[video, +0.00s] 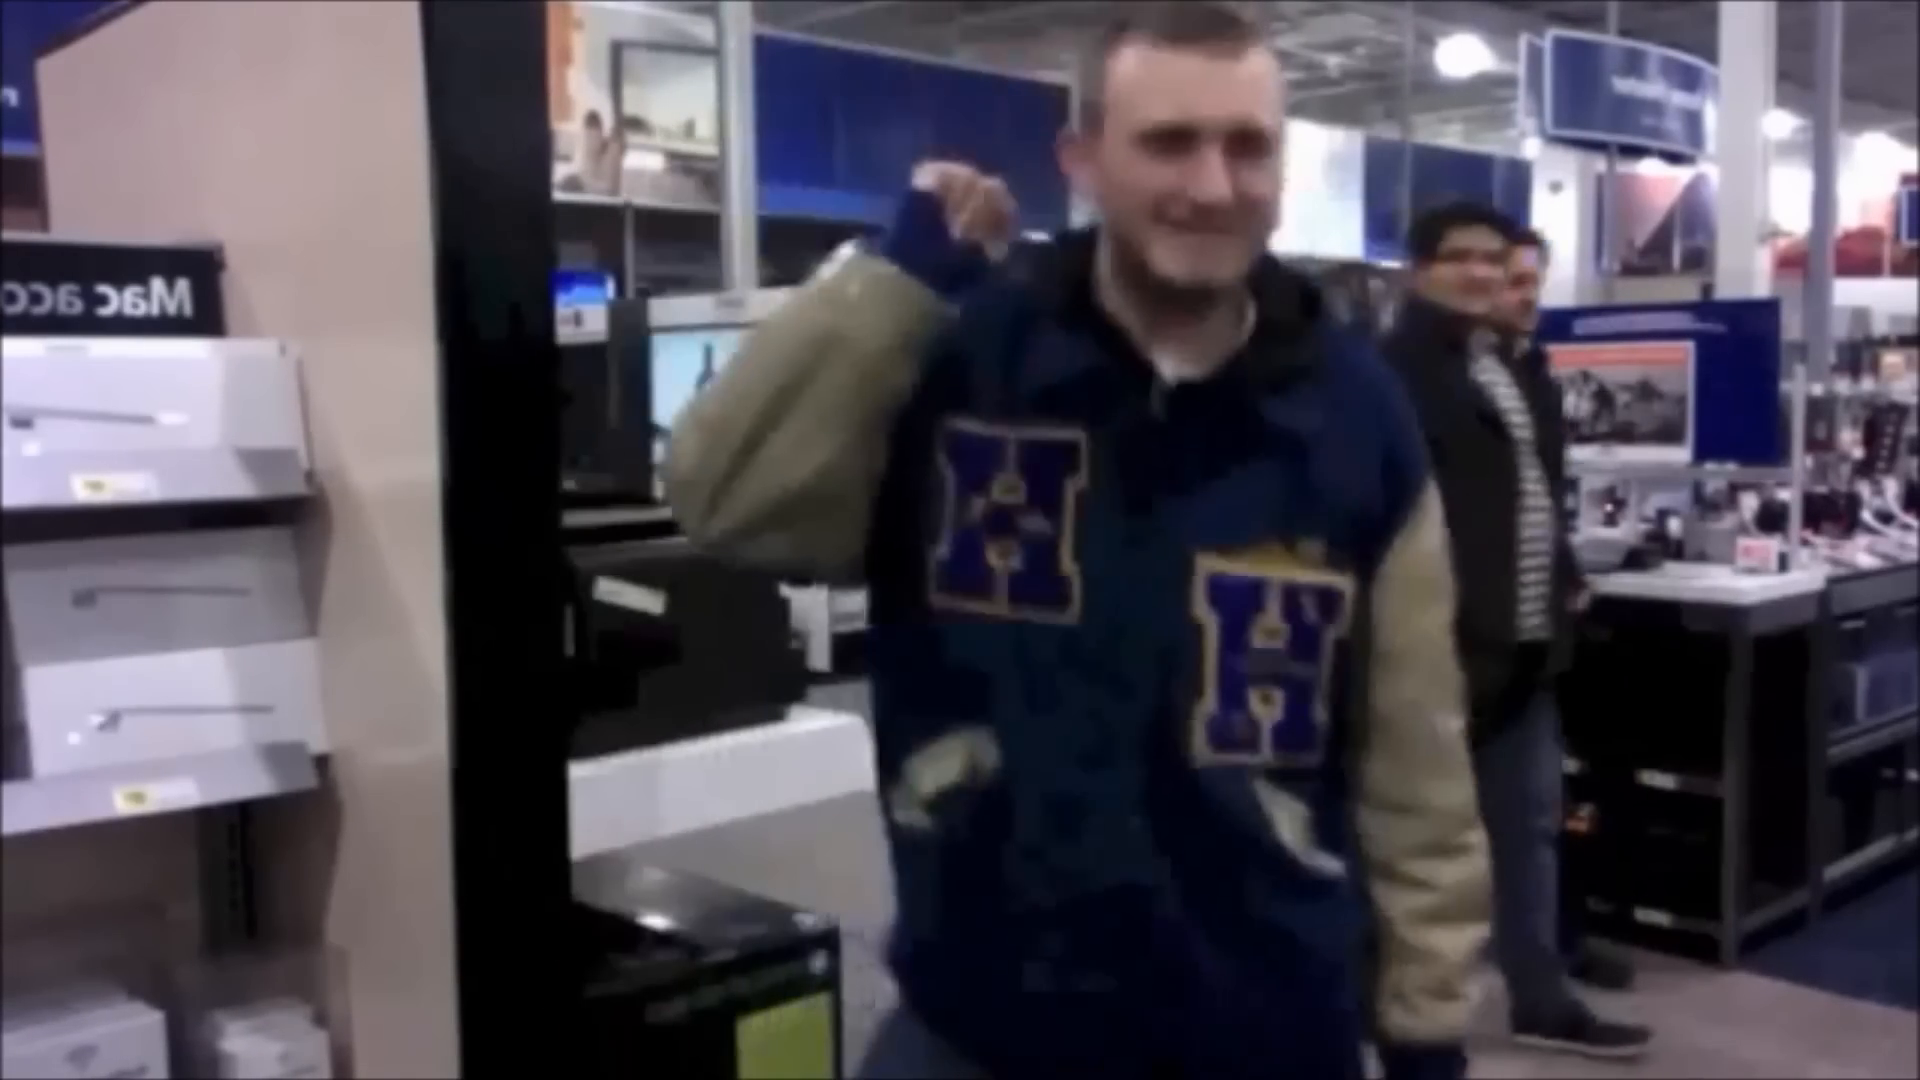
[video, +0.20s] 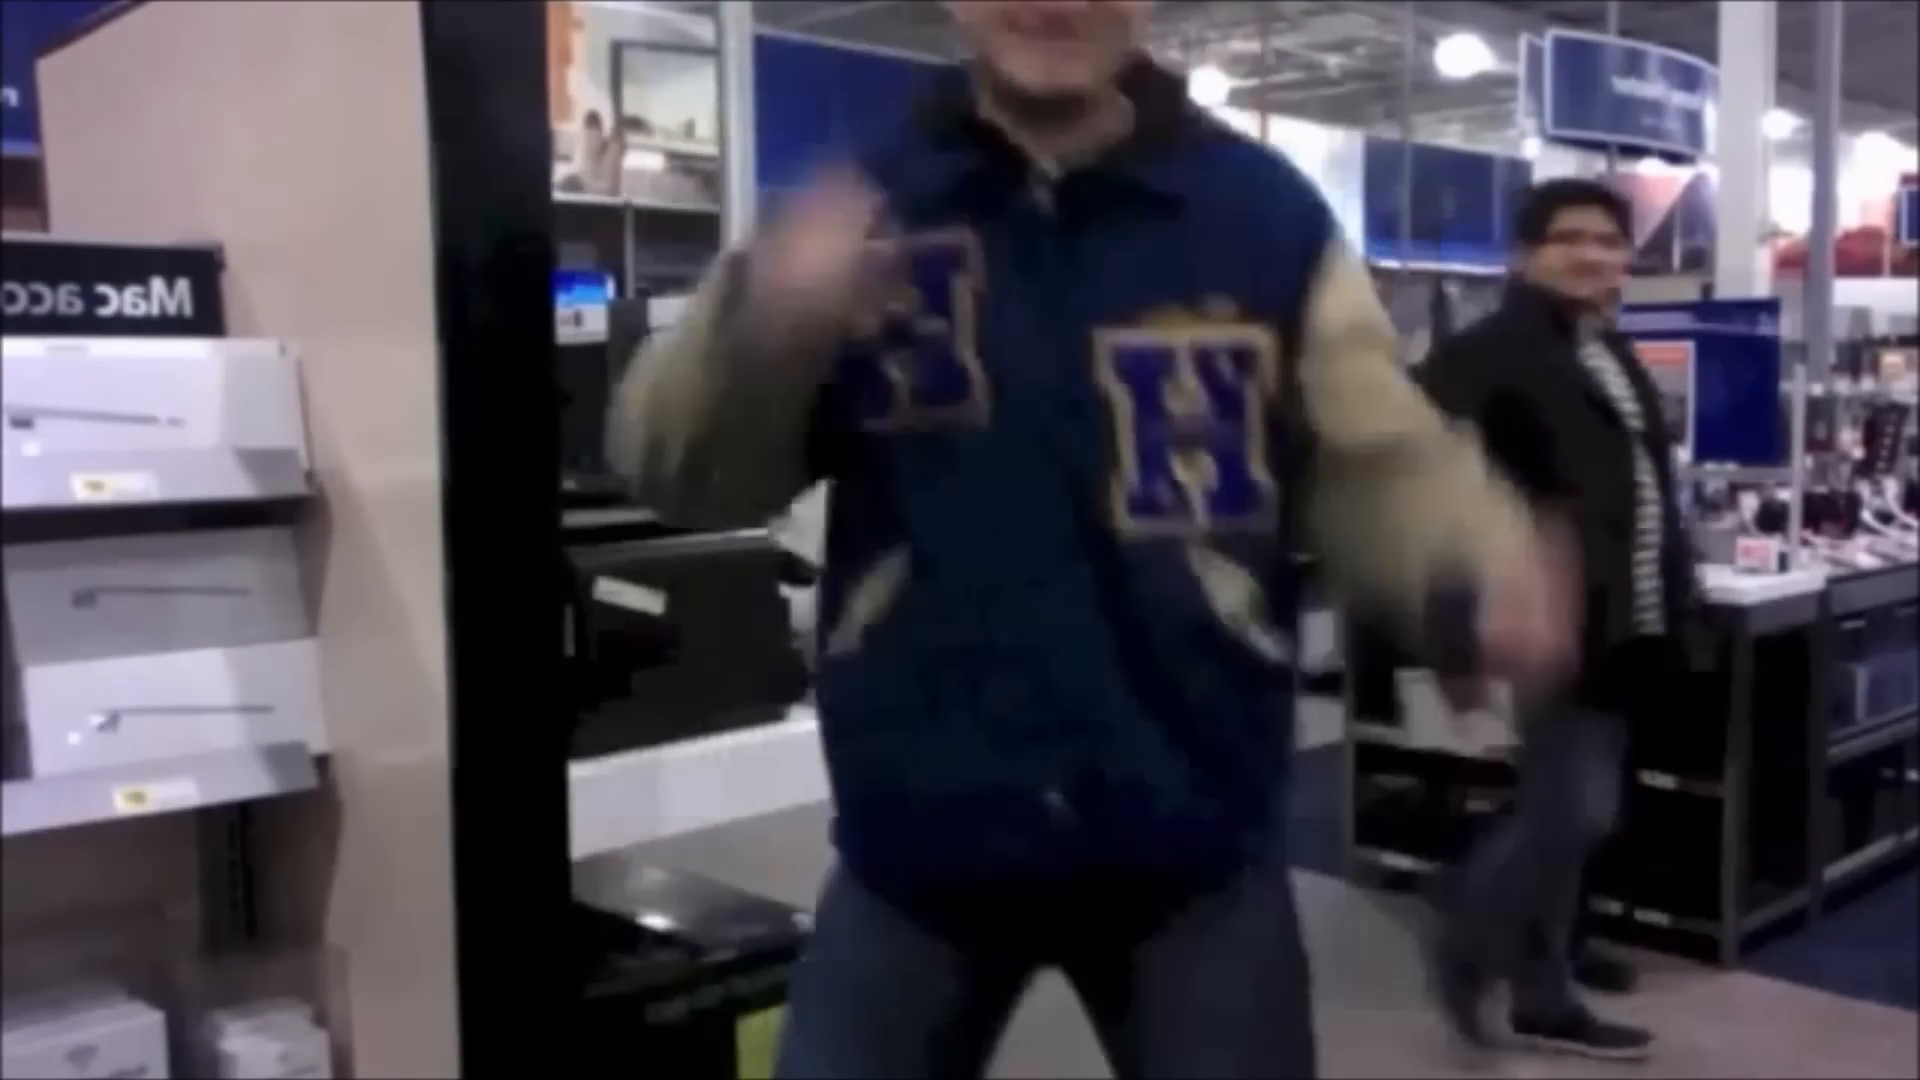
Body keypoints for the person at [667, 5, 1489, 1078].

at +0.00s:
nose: (1214, 184)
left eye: (1247, 147)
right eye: (1170, 144)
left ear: (1281, 167)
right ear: (1081, 159)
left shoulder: (1352, 405)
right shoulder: (965, 358)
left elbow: (1414, 749)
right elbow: (721, 499)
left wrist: (1426, 1029)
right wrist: (903, 271)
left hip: (1264, 1021)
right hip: (989, 1013)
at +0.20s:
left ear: (1144, 9)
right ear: (956, 4)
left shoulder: (1257, 209)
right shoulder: (866, 202)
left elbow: (1377, 457)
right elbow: (681, 474)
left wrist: (1484, 557)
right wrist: (765, 318)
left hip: (1190, 835)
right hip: (932, 832)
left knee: (1247, 1060)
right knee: (835, 1064)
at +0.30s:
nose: (999, 2)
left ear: (1102, 11)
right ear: (907, 12)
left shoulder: (1223, 209)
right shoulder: (807, 221)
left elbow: (1348, 451)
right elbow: (674, 454)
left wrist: (1472, 416)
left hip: (1163, 840)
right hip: (905, 843)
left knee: (1224, 1060)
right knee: (818, 1065)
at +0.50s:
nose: (834, 155)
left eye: (878, 116)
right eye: (804, 116)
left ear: (978, 134)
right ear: (774, 135)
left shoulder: (1132, 329)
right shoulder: (716, 387)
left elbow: (1388, 426)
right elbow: (656, 730)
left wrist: (1219, 219)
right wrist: (665, 1017)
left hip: (1117, 994)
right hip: (845, 1001)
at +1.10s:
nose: (899, 199)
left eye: (946, 162)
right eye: (873, 160)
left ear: (1048, 182)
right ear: (840, 180)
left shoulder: (1201, 376)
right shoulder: (785, 428)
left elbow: (1460, 514)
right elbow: (635, 688)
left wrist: (1333, 301)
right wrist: (521, 922)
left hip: (1169, 1031)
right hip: (893, 1038)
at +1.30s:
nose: (1236, 44)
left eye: (1293, 9)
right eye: (1217, 5)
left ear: (1398, 31)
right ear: (1180, 18)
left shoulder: (1437, 352)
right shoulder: (1006, 186)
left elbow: (1459, 708)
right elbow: (747, 172)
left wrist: (1468, 1011)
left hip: (1244, 924)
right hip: (979, 883)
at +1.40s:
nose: (1236, 47)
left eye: (1291, 9)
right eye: (1216, 6)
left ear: (1398, 30)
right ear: (1179, 18)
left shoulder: (1437, 350)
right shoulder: (1006, 186)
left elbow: (1459, 708)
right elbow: (748, 171)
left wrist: (1468, 1012)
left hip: (1244, 924)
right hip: (980, 884)